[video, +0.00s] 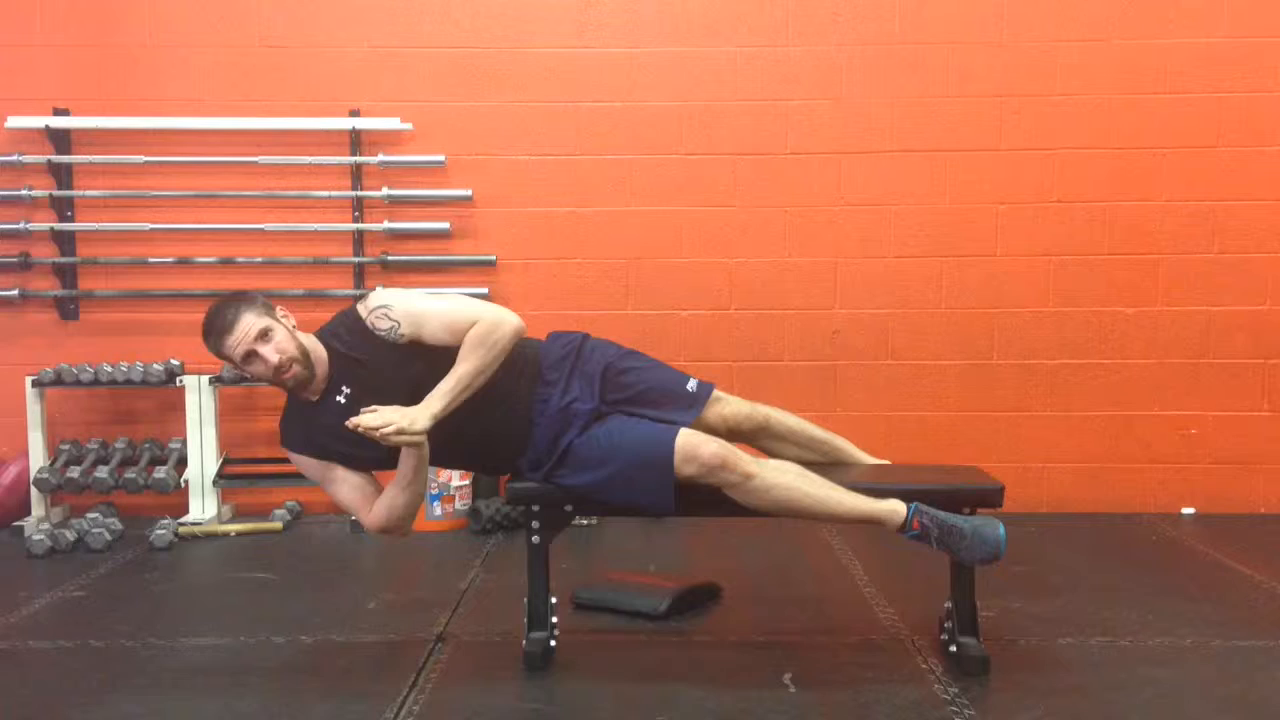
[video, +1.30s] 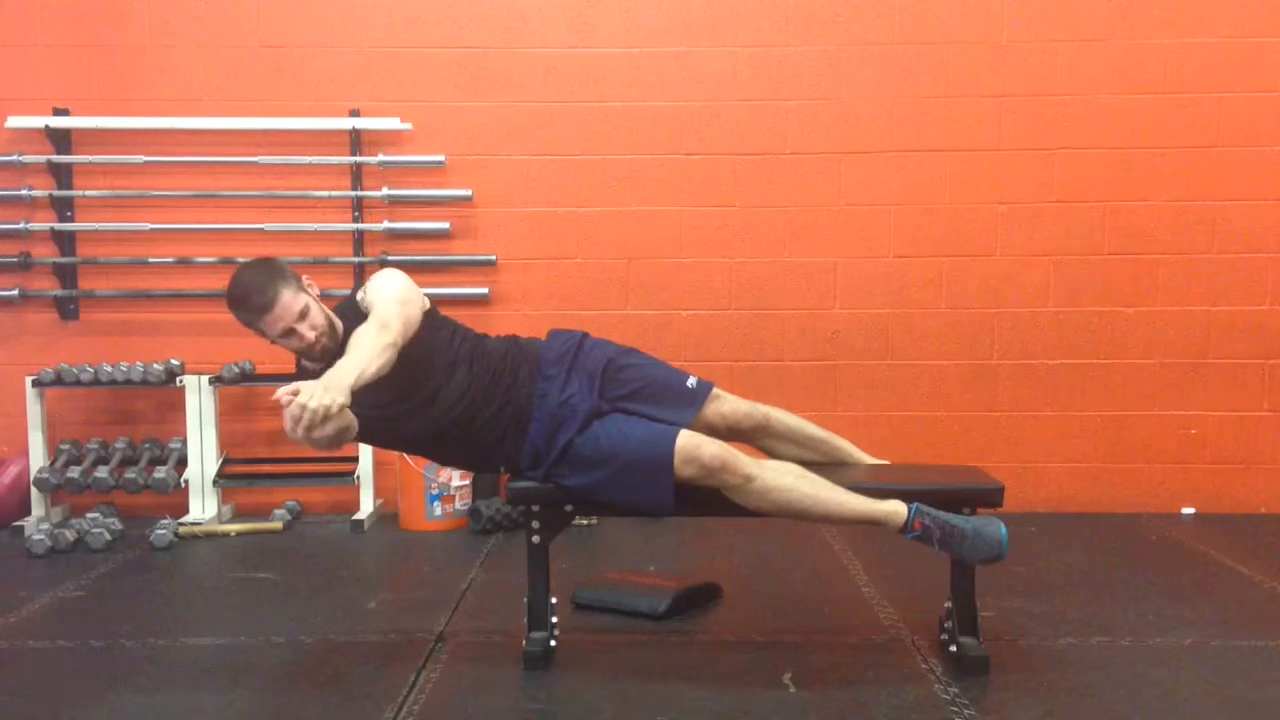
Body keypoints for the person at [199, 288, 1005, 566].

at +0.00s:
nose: (266, 360)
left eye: (260, 339)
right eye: (247, 366)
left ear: (281, 314)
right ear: (246, 379)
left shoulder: (370, 314)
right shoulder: (307, 437)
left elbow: (502, 325)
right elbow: (382, 518)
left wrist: (425, 413)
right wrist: (413, 458)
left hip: (577, 369)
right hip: (551, 449)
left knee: (749, 421)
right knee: (721, 462)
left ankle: (908, 490)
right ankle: (916, 521)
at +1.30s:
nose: (309, 318)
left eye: (304, 300)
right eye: (288, 325)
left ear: (313, 280)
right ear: (268, 340)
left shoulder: (378, 288)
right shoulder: (318, 400)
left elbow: (395, 331)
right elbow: (331, 424)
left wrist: (331, 386)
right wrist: (314, 412)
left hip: (568, 365)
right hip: (548, 449)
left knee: (740, 416)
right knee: (717, 464)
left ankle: (908, 492)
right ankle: (915, 523)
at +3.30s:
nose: (266, 310)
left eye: (261, 293)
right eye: (248, 318)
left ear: (288, 278)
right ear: (251, 341)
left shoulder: (381, 289)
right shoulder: (310, 408)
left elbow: (504, 320)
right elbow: (370, 500)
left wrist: (427, 403)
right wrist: (400, 444)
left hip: (576, 369)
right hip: (547, 449)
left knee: (742, 416)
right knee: (708, 454)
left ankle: (910, 494)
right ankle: (915, 520)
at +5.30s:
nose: (270, 329)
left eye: (266, 308)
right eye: (251, 330)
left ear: (291, 290)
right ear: (250, 348)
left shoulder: (371, 297)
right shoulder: (311, 412)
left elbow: (415, 334)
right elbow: (352, 442)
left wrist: (355, 375)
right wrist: (332, 418)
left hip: (566, 367)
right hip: (548, 450)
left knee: (739, 416)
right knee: (709, 453)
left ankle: (905, 493)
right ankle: (913, 520)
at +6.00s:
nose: (280, 332)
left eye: (276, 310)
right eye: (259, 334)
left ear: (295, 291)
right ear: (252, 350)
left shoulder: (371, 301)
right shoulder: (305, 421)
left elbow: (483, 312)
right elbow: (378, 507)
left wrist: (405, 401)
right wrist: (394, 441)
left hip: (569, 369)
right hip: (547, 451)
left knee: (739, 416)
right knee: (708, 453)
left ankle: (906, 492)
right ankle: (913, 519)